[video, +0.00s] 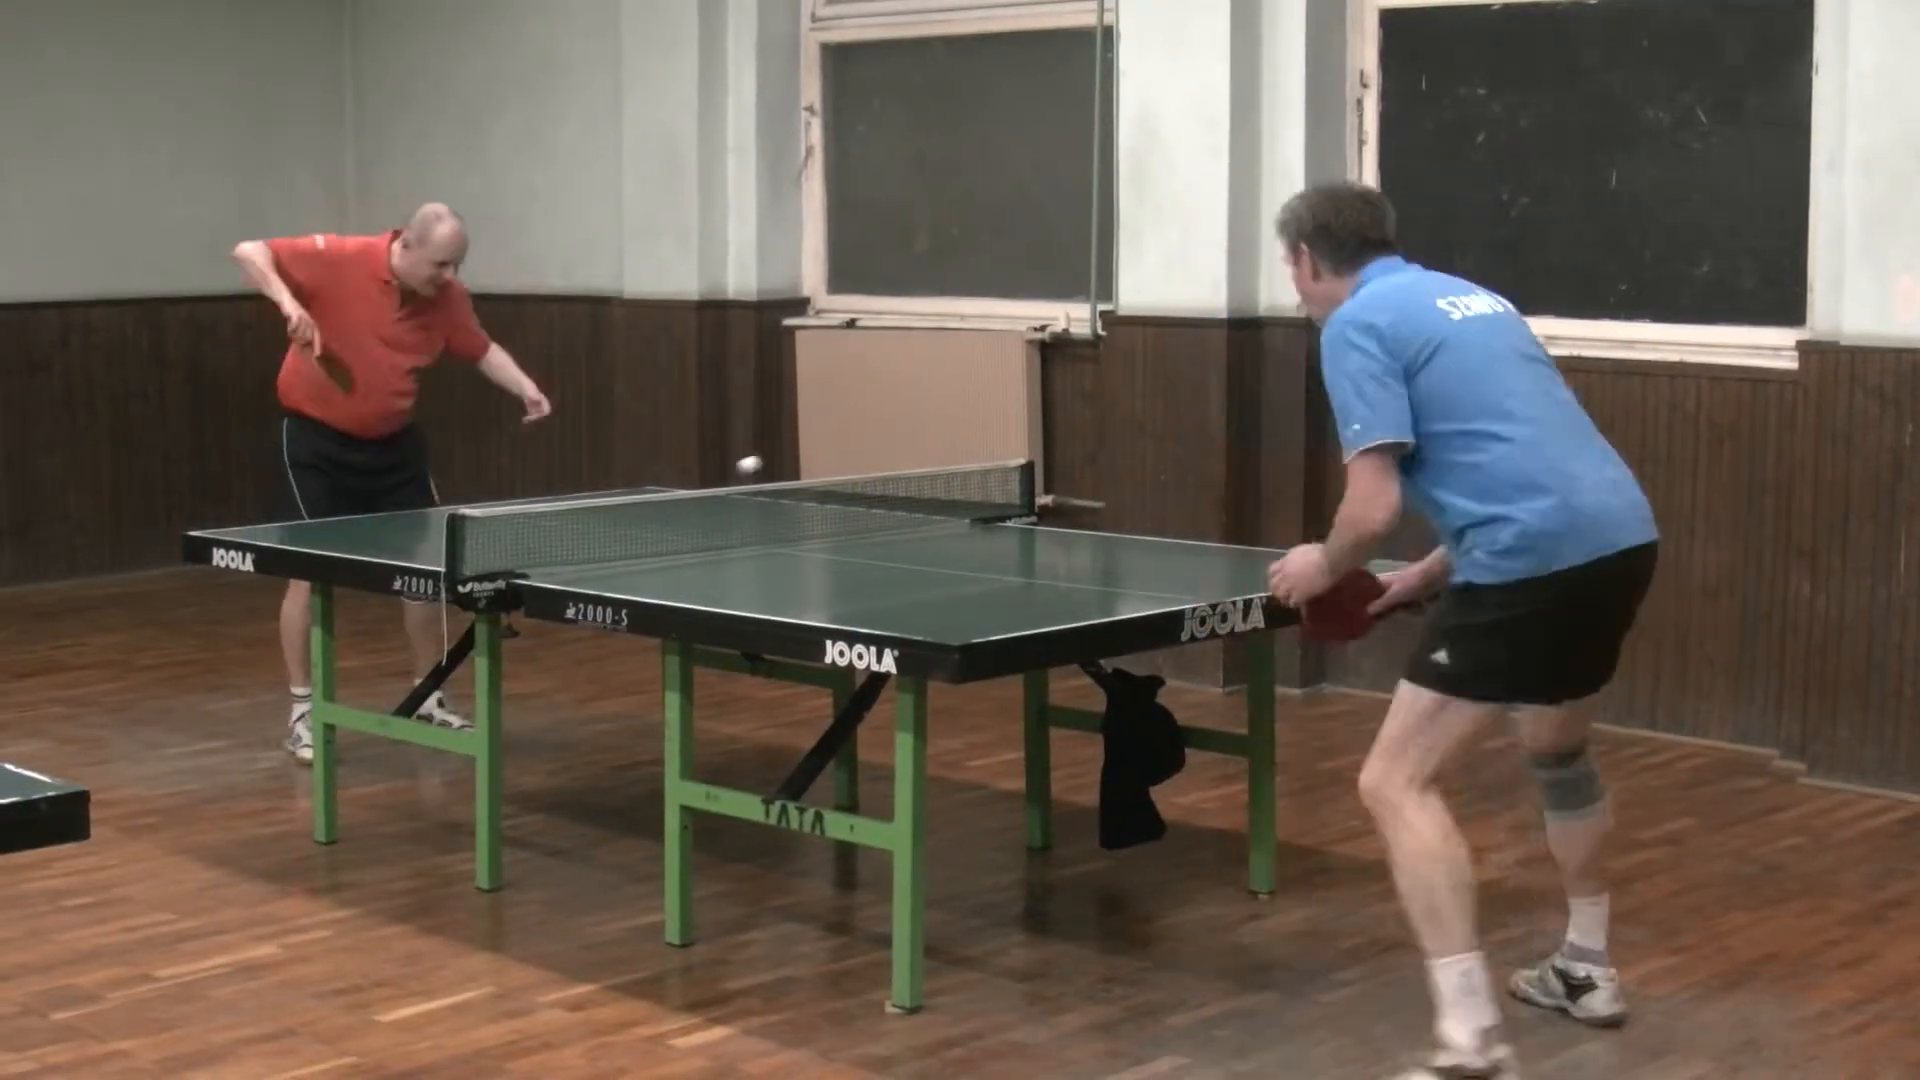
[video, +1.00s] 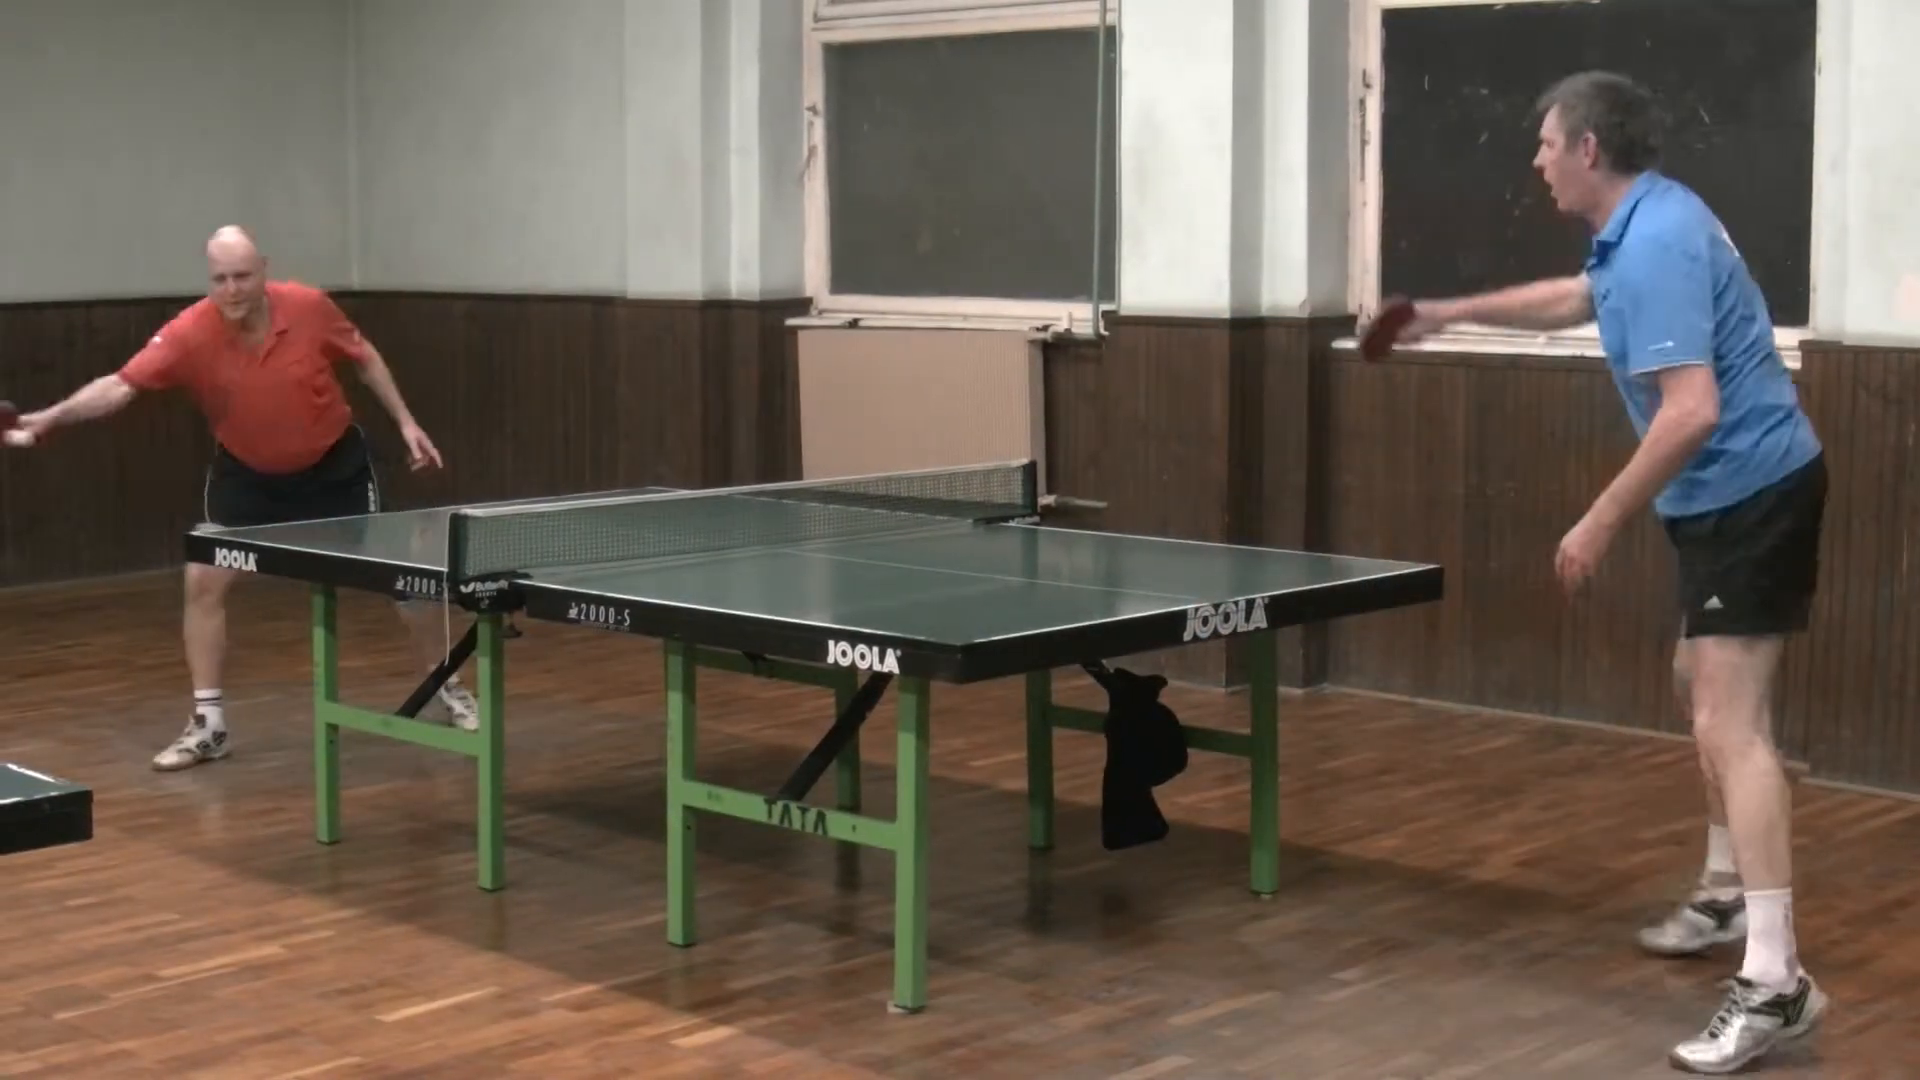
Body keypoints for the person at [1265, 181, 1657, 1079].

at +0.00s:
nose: (1292, 285)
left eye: (1291, 267)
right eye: (1291, 268)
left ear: (1313, 262)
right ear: (1376, 247)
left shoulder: (1356, 325)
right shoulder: (1465, 295)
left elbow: (1372, 508)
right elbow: (1525, 466)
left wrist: (1320, 558)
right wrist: (1432, 566)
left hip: (1525, 556)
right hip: (1620, 538)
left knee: (1395, 781)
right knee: (1558, 742)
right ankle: (1587, 967)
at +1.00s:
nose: (1538, 164)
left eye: (1547, 146)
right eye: (1539, 147)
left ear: (1594, 149)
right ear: (1598, 148)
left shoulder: (1658, 240)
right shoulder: (1629, 231)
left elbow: (1692, 409)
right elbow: (1576, 302)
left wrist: (1600, 521)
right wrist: (1439, 314)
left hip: (1755, 491)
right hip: (1713, 490)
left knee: (1733, 728)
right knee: (1702, 688)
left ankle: (1776, 979)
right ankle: (1730, 890)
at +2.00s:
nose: (1598, 192)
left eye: (1605, 177)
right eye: (1603, 176)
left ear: (1634, 185)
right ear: (1668, 184)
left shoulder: (1707, 281)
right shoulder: (1693, 273)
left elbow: (1717, 465)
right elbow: (1721, 444)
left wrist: (1624, 597)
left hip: (1783, 544)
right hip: (1780, 537)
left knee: (1681, 769)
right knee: (1756, 741)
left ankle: (1704, 1035)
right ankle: (1815, 937)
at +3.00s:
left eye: (1664, 169)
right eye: (1780, 184)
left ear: (1669, 173)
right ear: (1773, 184)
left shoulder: (1598, 271)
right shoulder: (1797, 293)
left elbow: (1597, 437)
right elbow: (1859, 508)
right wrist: (1832, 627)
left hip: (1549, 600)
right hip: (1699, 615)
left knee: (1501, 849)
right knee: (1758, 838)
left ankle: (1434, 1070)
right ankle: (1738, 1068)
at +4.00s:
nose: (1290, 187)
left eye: (1283, 172)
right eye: (1287, 173)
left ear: (1297, 156)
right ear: (1377, 136)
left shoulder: (1333, 224)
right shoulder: (1480, 232)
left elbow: (1382, 392)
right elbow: (1505, 414)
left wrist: (1341, 564)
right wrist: (1333, 431)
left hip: (1389, 576)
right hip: (1496, 578)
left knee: (1284, 817)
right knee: (1436, 812)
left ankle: (1417, 1053)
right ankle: (1410, 1050)